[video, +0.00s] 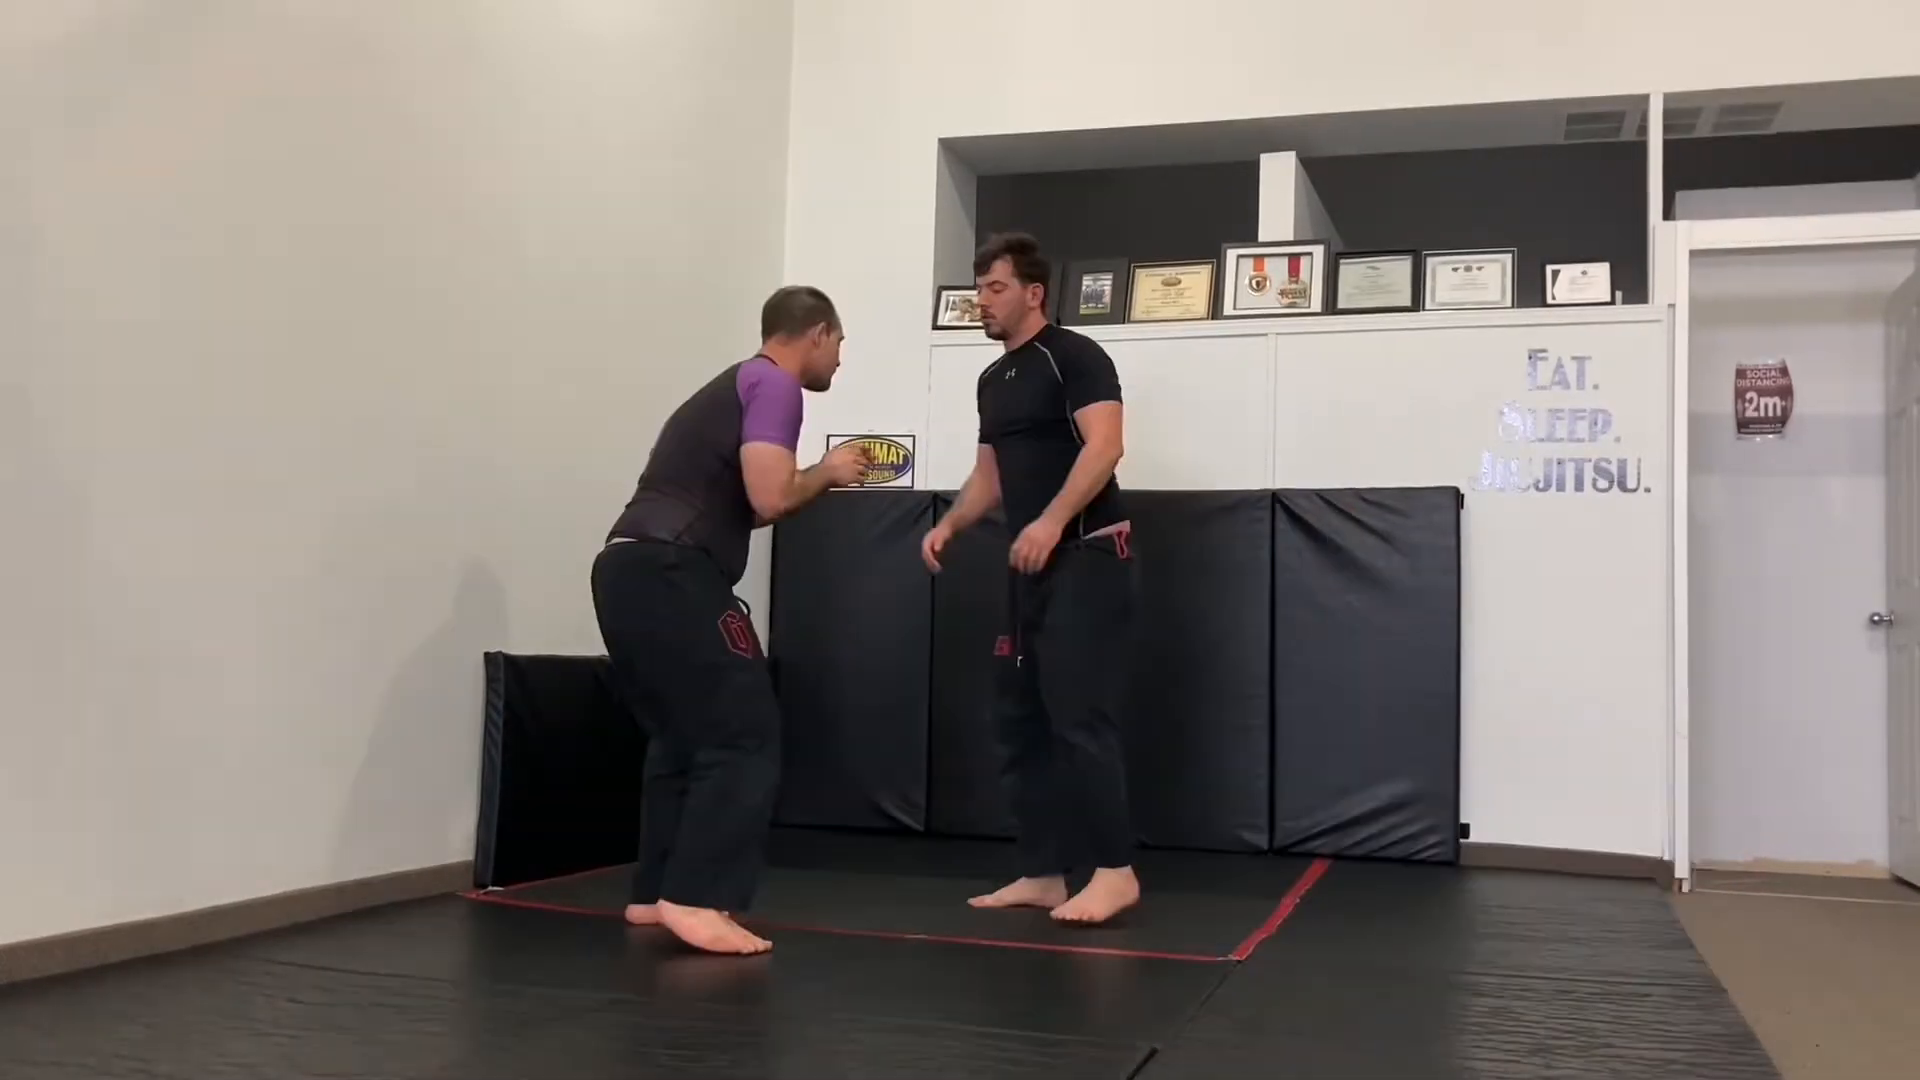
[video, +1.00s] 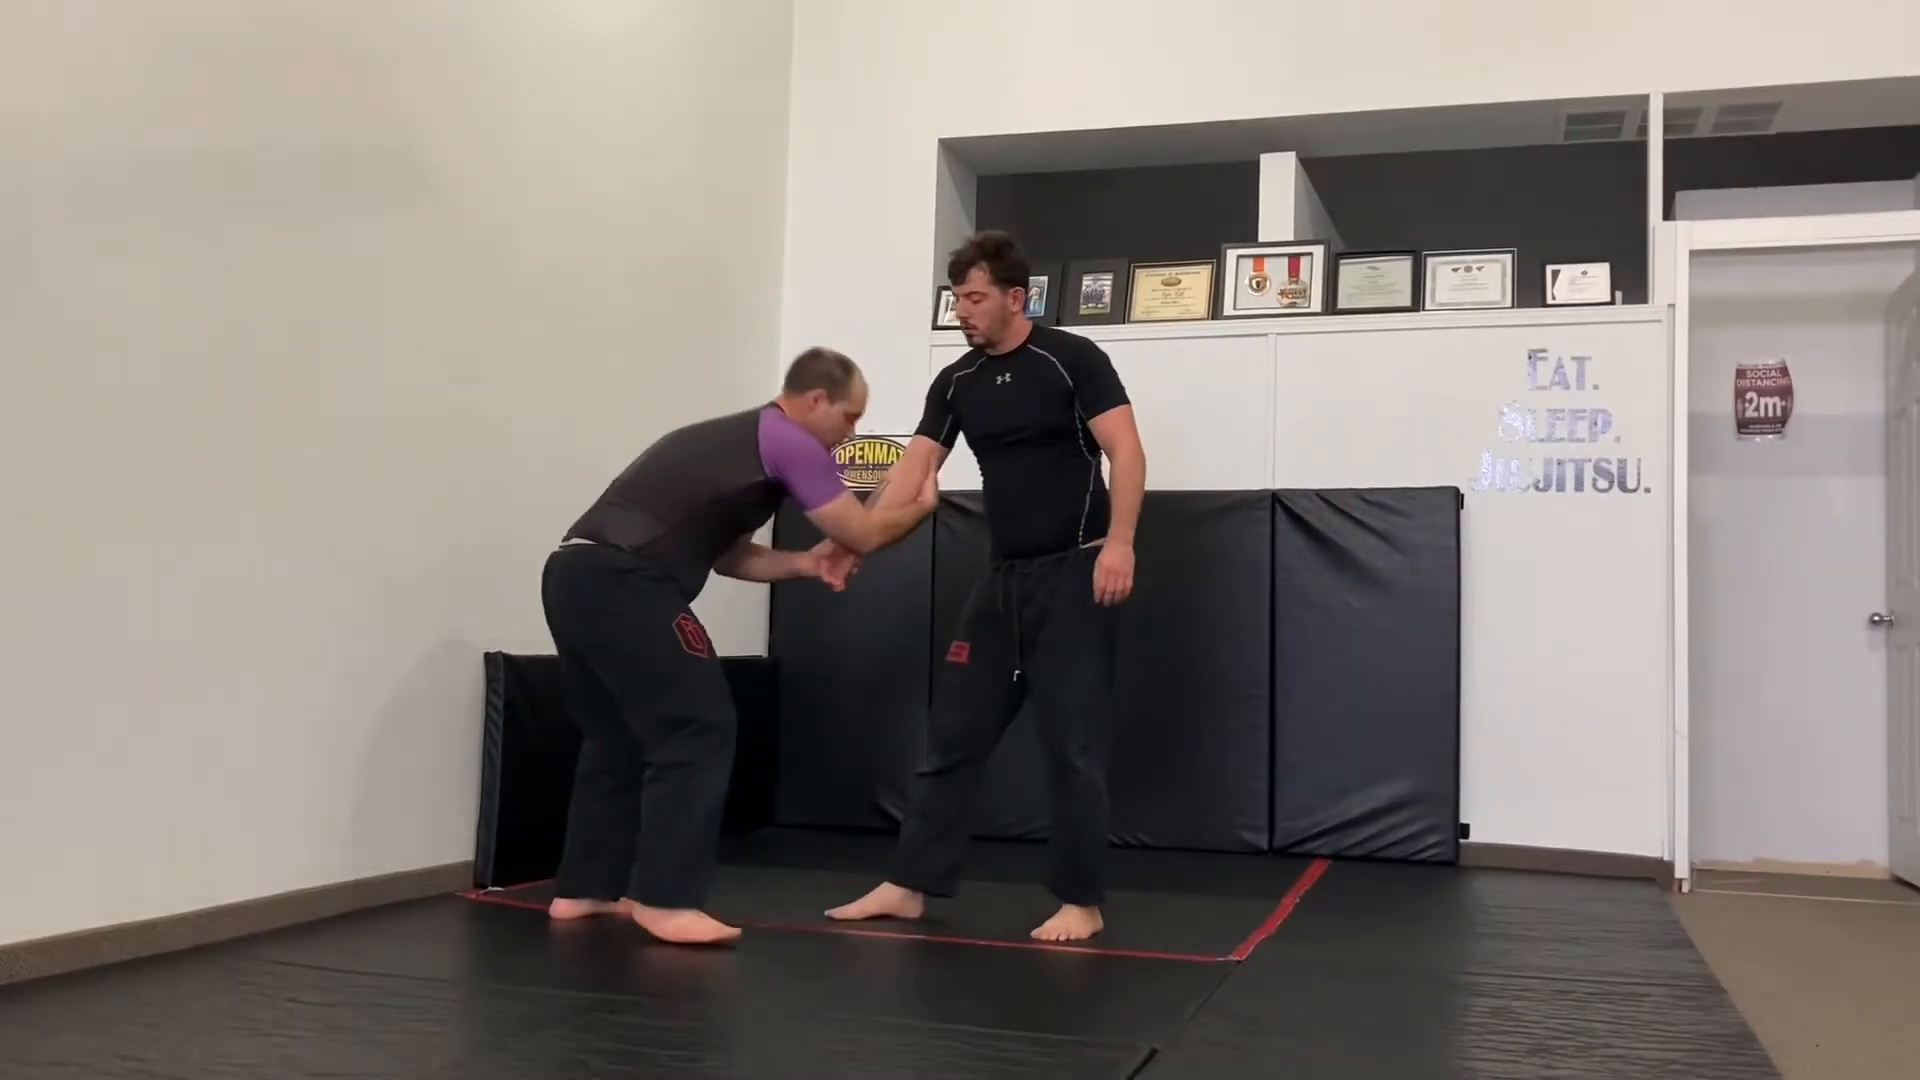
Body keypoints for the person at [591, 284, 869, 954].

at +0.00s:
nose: (840, 359)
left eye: (841, 346)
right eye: (839, 345)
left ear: (776, 333)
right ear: (817, 336)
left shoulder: (738, 382)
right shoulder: (773, 383)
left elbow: (755, 504)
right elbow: (770, 496)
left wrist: (820, 475)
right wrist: (826, 472)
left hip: (626, 570)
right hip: (669, 573)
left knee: (679, 735)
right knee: (744, 734)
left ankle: (654, 894)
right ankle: (698, 902)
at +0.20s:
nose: (843, 363)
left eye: (843, 351)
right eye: (842, 350)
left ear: (784, 340)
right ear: (822, 343)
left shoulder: (747, 388)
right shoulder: (779, 387)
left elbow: (796, 509)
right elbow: (776, 500)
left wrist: (878, 501)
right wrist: (827, 477)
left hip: (625, 569)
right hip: (667, 573)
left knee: (679, 737)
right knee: (727, 737)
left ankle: (655, 893)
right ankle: (693, 914)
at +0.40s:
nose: (844, 369)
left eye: (846, 355)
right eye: (845, 354)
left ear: (779, 343)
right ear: (825, 346)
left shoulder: (745, 392)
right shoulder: (786, 392)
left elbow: (801, 512)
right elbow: (803, 503)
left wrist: (878, 514)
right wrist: (865, 494)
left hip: (612, 569)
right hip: (663, 571)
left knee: (667, 739)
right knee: (729, 739)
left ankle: (652, 895)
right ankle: (693, 921)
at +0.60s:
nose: (837, 373)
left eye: (837, 359)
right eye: (835, 358)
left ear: (771, 355)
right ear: (812, 354)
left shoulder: (730, 405)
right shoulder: (794, 402)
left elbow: (768, 526)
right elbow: (876, 503)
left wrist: (863, 529)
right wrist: (937, 499)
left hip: (596, 572)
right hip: (653, 577)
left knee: (647, 733)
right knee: (722, 741)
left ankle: (611, 880)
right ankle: (693, 921)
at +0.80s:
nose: (831, 393)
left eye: (832, 379)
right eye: (829, 377)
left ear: (769, 367)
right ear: (803, 367)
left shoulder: (718, 415)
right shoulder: (783, 411)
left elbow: (741, 537)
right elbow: (877, 485)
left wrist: (837, 538)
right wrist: (952, 486)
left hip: (579, 574)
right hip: (636, 579)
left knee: (616, 741)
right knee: (707, 739)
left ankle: (581, 892)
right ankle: (687, 920)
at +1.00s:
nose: (851, 433)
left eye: (855, 420)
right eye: (850, 417)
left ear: (801, 400)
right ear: (816, 401)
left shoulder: (735, 438)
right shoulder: (790, 440)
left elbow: (728, 557)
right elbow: (864, 532)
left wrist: (807, 561)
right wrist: (921, 504)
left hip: (575, 574)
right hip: (627, 581)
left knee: (614, 735)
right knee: (699, 727)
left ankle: (583, 887)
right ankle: (665, 898)